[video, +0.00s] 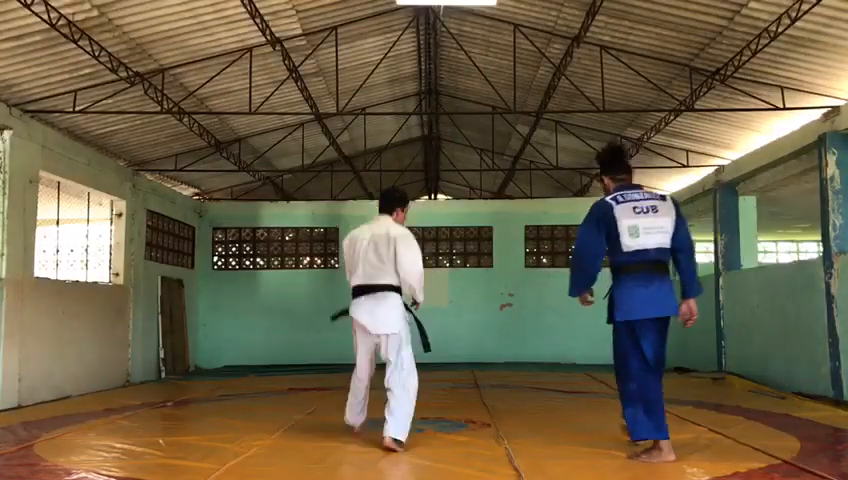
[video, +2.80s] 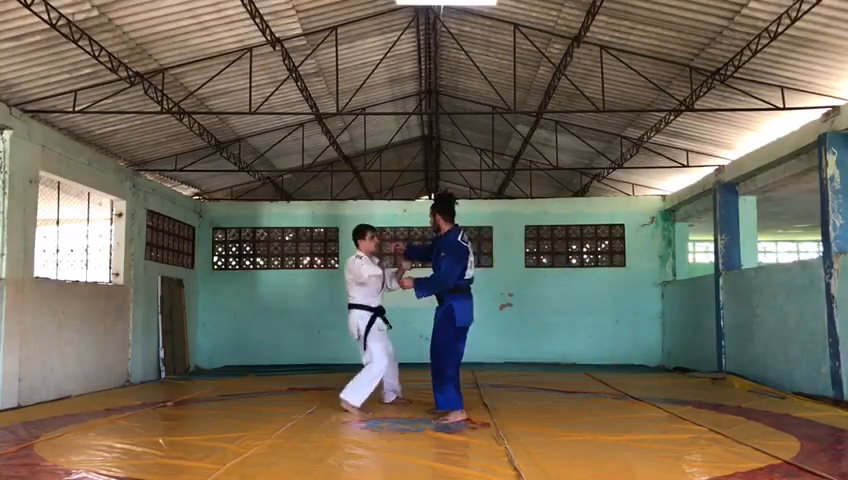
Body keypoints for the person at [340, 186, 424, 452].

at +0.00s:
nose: (406, 216)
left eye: (406, 212)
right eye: (406, 212)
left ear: (379, 210)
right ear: (399, 211)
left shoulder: (354, 236)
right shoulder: (400, 234)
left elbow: (350, 271)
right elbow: (411, 273)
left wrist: (361, 290)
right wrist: (416, 297)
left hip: (360, 304)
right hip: (389, 304)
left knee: (362, 365)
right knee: (401, 369)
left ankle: (354, 418)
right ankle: (394, 433)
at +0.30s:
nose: (395, 226)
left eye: (396, 221)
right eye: (392, 220)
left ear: (375, 222)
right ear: (379, 221)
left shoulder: (357, 245)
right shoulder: (372, 245)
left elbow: (366, 283)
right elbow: (376, 284)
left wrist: (396, 288)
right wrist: (401, 290)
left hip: (354, 307)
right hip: (370, 307)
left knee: (375, 363)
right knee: (382, 365)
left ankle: (367, 412)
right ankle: (364, 416)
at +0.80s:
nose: (372, 223)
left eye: (372, 218)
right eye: (368, 219)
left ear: (362, 222)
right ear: (356, 222)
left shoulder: (370, 247)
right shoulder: (346, 247)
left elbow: (368, 276)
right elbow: (345, 280)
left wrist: (380, 280)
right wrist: (372, 281)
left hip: (359, 303)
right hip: (346, 304)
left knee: (349, 350)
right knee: (358, 354)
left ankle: (335, 388)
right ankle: (342, 408)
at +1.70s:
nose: (384, 241)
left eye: (385, 237)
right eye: (381, 237)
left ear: (379, 238)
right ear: (369, 236)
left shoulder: (378, 261)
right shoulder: (353, 258)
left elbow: (390, 291)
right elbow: (358, 291)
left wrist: (417, 293)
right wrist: (382, 276)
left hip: (369, 312)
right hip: (357, 311)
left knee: (366, 357)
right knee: (376, 354)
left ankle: (337, 389)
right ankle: (374, 407)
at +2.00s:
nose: (383, 244)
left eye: (384, 240)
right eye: (379, 240)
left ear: (381, 243)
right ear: (367, 244)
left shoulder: (385, 261)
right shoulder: (361, 267)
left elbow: (406, 270)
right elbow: (376, 292)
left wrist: (418, 265)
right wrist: (404, 295)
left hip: (379, 316)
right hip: (365, 317)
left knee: (387, 355)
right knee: (387, 355)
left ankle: (368, 386)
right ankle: (377, 407)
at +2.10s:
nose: (381, 244)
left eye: (381, 240)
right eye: (377, 241)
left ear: (374, 243)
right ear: (366, 244)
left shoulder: (372, 258)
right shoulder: (368, 261)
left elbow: (388, 257)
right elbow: (399, 263)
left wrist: (401, 252)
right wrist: (420, 261)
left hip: (377, 315)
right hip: (370, 317)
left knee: (398, 355)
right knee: (390, 357)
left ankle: (394, 394)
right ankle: (377, 405)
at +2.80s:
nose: (376, 241)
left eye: (376, 238)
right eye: (372, 238)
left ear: (373, 241)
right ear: (360, 241)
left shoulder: (372, 265)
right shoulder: (355, 262)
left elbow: (389, 283)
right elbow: (371, 278)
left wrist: (401, 269)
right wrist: (393, 272)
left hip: (374, 315)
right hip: (361, 315)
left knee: (389, 354)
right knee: (380, 359)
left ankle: (391, 393)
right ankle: (350, 398)